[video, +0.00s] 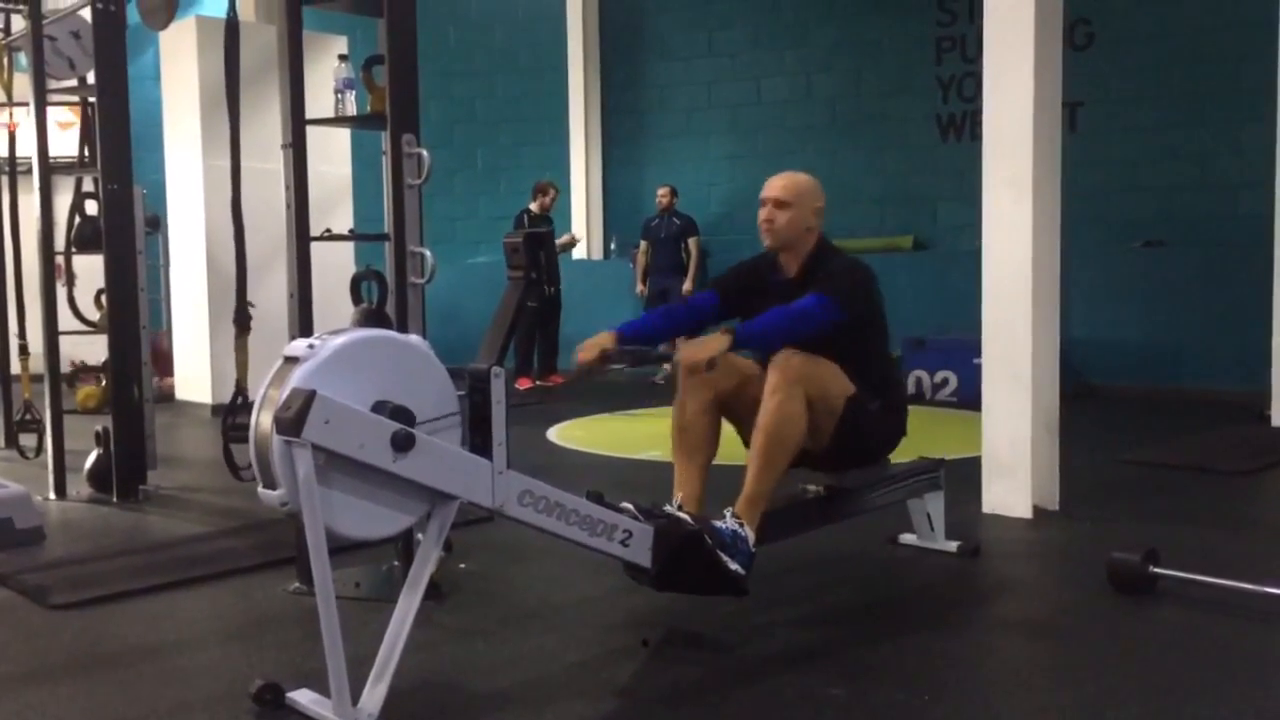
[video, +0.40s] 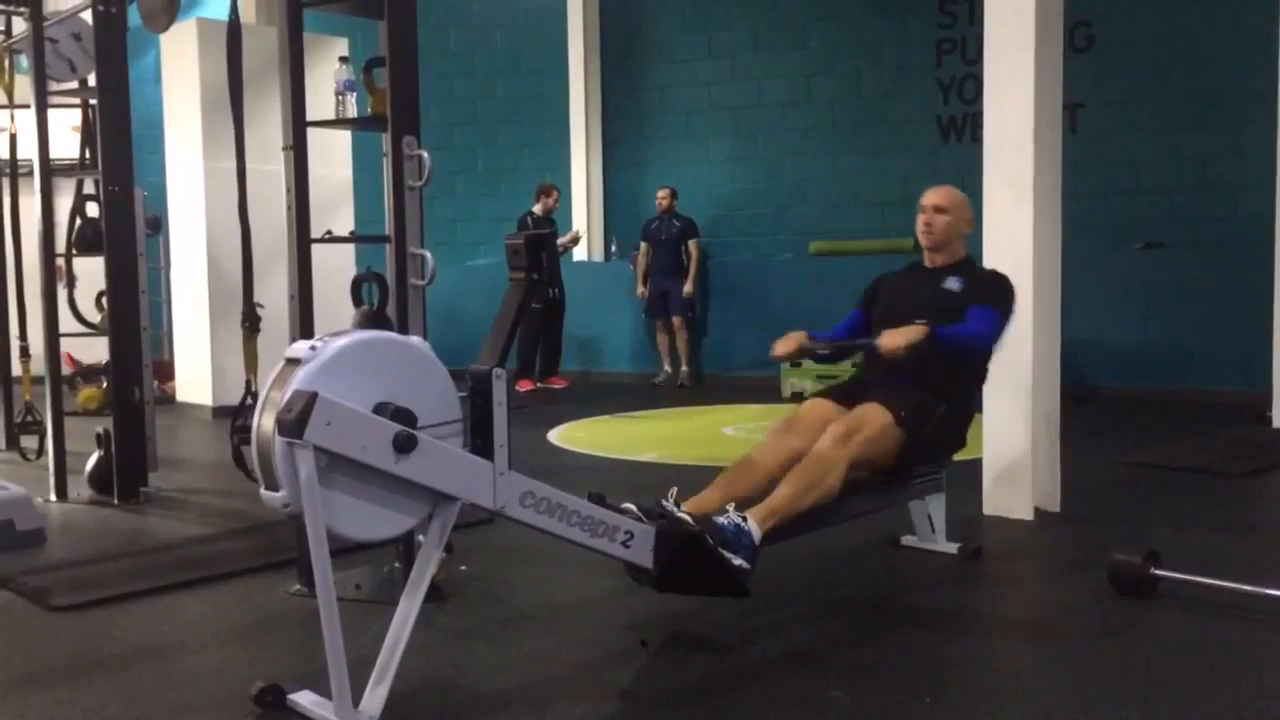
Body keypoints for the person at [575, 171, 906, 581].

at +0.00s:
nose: (766, 215)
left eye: (780, 206)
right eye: (763, 205)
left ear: (814, 216)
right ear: (757, 213)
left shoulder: (849, 276)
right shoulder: (758, 273)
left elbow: (804, 318)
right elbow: (694, 311)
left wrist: (729, 336)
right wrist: (616, 337)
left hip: (862, 430)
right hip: (791, 431)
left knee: (789, 365)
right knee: (698, 367)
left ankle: (742, 531)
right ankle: (684, 515)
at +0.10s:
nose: (812, 203)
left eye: (826, 195)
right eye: (809, 194)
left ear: (858, 207)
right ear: (804, 202)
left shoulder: (889, 268)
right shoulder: (795, 269)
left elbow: (845, 307)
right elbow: (736, 304)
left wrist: (780, 329)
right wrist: (665, 327)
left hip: (883, 419)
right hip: (810, 416)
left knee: (805, 378)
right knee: (720, 376)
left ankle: (744, 533)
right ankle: (685, 514)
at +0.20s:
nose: (857, 200)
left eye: (870, 191)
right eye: (853, 191)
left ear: (899, 204)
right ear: (847, 199)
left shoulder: (925, 266)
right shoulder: (830, 268)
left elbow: (887, 306)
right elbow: (777, 305)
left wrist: (827, 328)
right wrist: (712, 330)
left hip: (904, 407)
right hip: (829, 398)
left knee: (820, 398)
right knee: (741, 392)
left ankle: (745, 535)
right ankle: (685, 515)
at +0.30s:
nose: (894, 204)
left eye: (907, 196)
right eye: (890, 195)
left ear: (937, 207)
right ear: (885, 204)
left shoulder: (958, 268)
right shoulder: (863, 271)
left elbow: (937, 311)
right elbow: (813, 316)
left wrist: (874, 326)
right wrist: (760, 333)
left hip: (919, 398)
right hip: (855, 388)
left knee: (830, 418)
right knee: (763, 409)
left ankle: (747, 533)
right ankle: (683, 516)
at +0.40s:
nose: (926, 219)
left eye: (939, 212)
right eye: (922, 211)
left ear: (966, 224)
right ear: (915, 221)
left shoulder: (990, 285)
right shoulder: (891, 284)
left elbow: (978, 336)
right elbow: (850, 335)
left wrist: (924, 333)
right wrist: (810, 340)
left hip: (930, 397)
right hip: (871, 383)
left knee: (840, 438)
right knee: (793, 429)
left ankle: (750, 528)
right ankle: (689, 512)